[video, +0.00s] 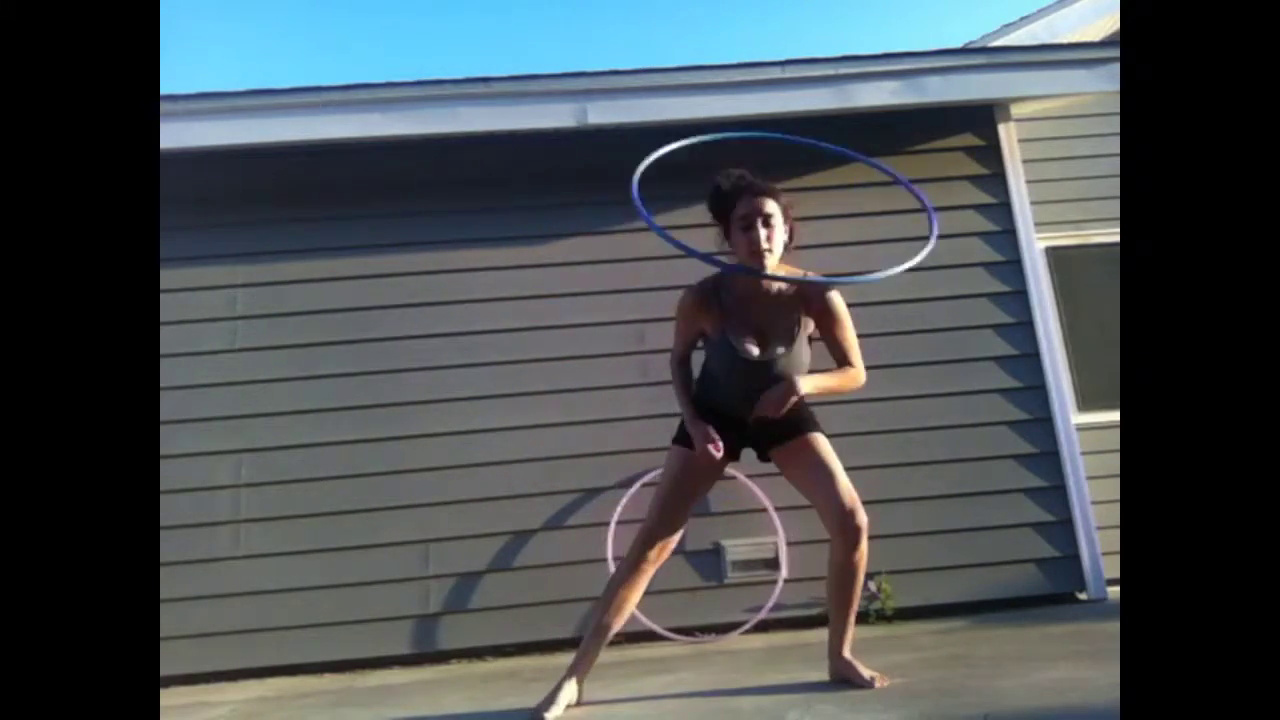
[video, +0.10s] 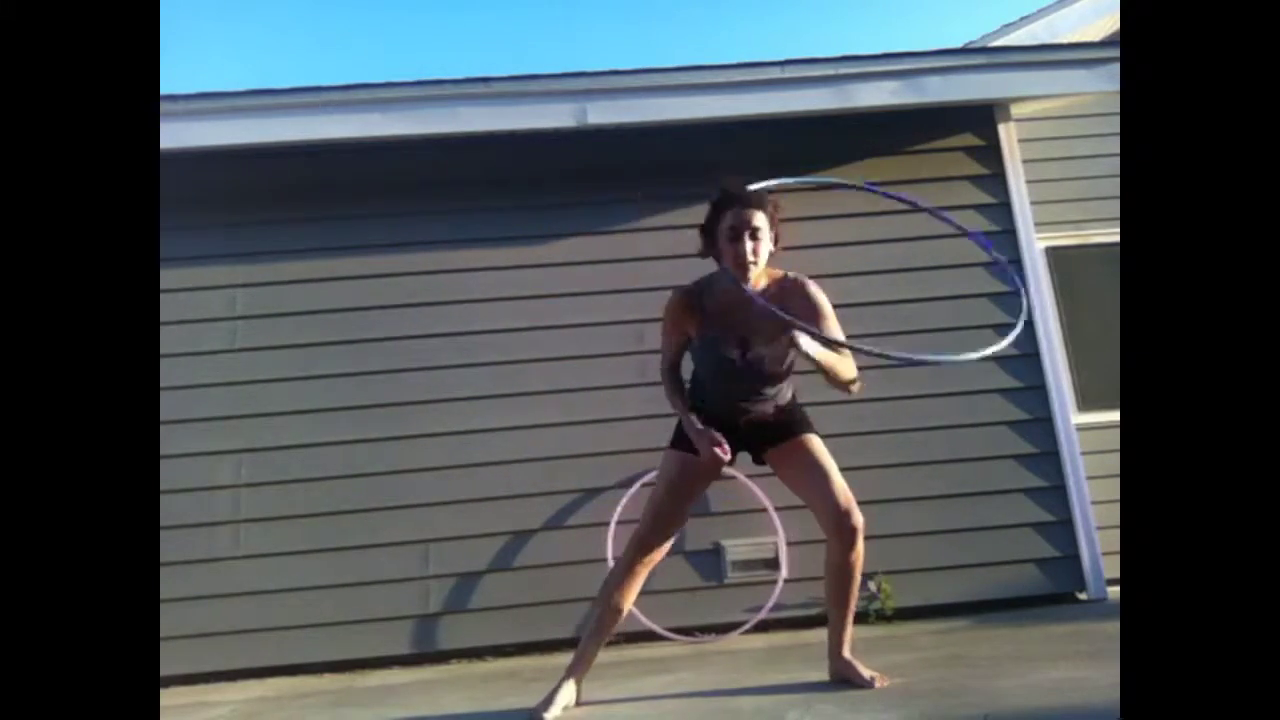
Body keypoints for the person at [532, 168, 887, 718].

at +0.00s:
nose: (761, 234)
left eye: (769, 222)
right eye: (747, 226)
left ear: (785, 230)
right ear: (728, 238)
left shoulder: (817, 296)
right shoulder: (705, 299)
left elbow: (855, 373)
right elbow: (679, 359)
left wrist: (803, 385)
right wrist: (693, 419)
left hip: (783, 416)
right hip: (713, 417)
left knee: (852, 523)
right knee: (652, 546)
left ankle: (840, 657)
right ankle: (572, 681)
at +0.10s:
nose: (747, 245)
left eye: (756, 234)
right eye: (735, 235)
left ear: (772, 239)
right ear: (715, 243)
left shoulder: (800, 293)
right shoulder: (689, 303)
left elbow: (849, 376)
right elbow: (671, 375)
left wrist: (809, 344)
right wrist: (694, 426)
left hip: (778, 418)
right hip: (708, 421)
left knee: (848, 523)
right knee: (646, 546)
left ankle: (840, 657)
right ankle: (571, 680)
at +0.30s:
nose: (699, 246)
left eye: (708, 235)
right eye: (688, 236)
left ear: (727, 236)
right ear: (670, 239)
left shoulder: (744, 276)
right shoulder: (654, 300)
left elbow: (770, 260)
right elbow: (646, 386)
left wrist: (734, 197)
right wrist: (686, 430)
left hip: (749, 416)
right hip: (680, 422)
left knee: (829, 523)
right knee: (618, 541)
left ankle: (837, 655)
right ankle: (570, 680)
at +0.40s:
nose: (679, 228)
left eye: (686, 218)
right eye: (666, 224)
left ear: (704, 227)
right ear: (650, 242)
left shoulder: (726, 268)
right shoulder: (637, 301)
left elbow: (746, 204)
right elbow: (630, 387)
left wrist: (676, 184)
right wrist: (664, 427)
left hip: (735, 416)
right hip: (666, 423)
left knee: (814, 523)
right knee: (604, 540)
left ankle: (836, 655)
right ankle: (569, 679)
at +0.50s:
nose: (662, 220)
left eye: (669, 207)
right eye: (646, 211)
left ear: (684, 212)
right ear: (626, 227)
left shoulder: (709, 258)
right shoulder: (620, 298)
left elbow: (727, 192)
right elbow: (617, 377)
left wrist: (647, 210)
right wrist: (634, 421)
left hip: (721, 409)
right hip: (653, 415)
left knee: (797, 519)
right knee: (601, 533)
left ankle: (835, 655)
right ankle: (570, 674)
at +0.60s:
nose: (648, 213)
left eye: (654, 206)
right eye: (635, 204)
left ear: (664, 219)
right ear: (604, 220)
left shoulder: (687, 264)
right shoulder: (598, 298)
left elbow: (714, 214)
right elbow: (598, 369)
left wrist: (621, 237)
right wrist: (610, 415)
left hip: (705, 405)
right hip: (635, 413)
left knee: (778, 516)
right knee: (598, 536)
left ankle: (835, 654)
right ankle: (571, 675)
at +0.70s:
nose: (638, 230)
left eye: (645, 222)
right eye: (625, 219)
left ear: (654, 231)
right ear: (594, 230)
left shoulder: (665, 280)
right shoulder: (574, 299)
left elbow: (702, 269)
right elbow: (571, 366)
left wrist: (621, 250)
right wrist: (596, 411)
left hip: (686, 403)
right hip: (618, 414)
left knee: (764, 520)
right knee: (589, 537)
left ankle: (835, 655)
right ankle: (569, 680)